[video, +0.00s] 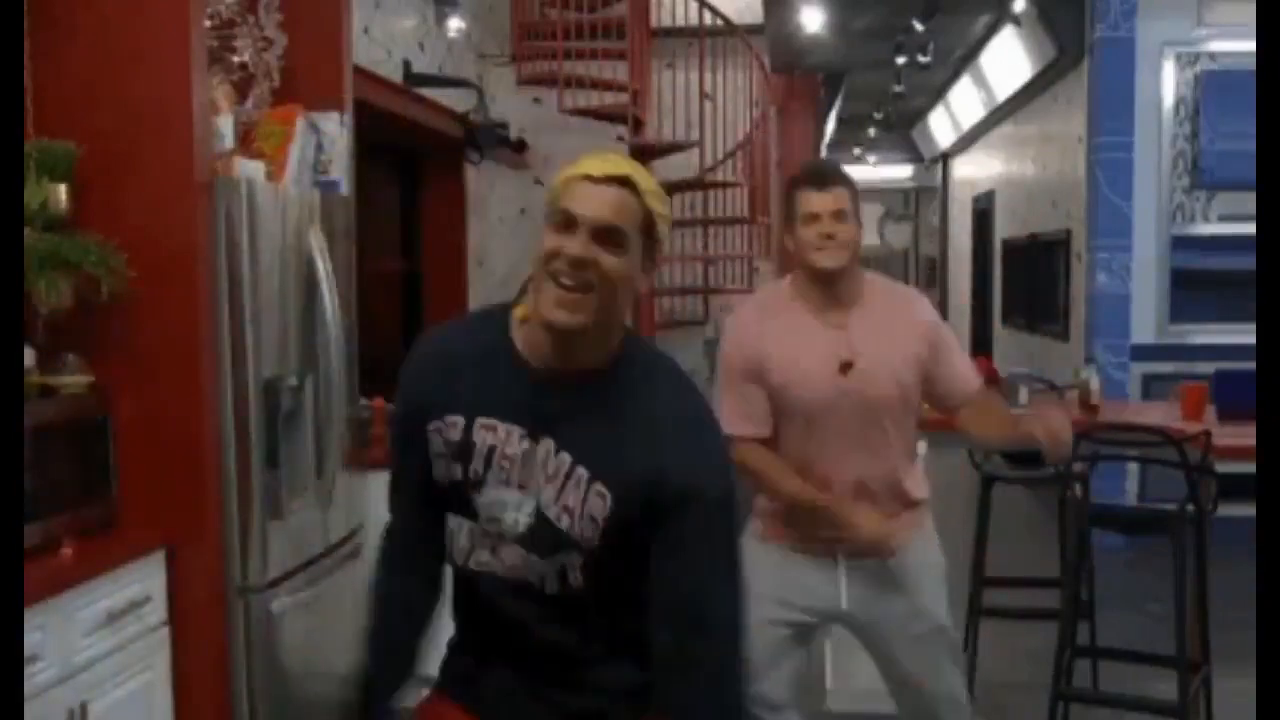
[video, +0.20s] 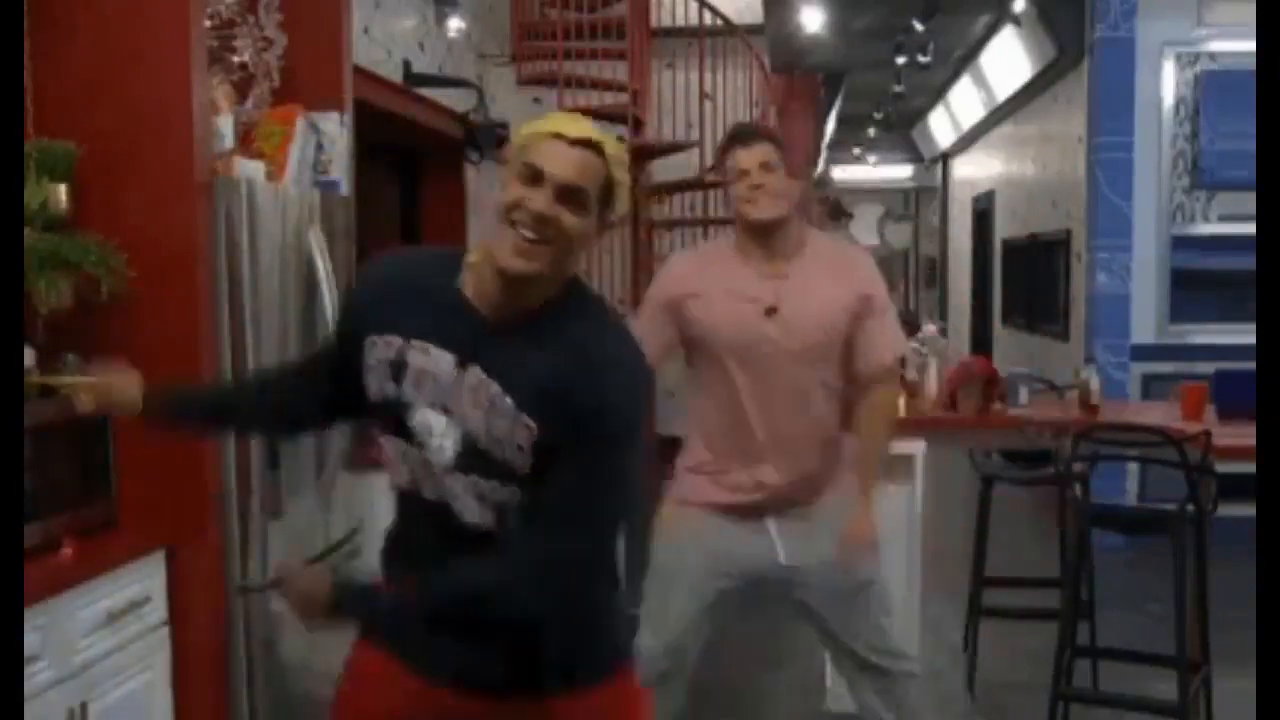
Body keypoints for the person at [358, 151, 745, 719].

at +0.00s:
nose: (574, 252)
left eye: (608, 241)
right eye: (564, 225)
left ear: (643, 272)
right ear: (541, 235)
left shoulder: (676, 430)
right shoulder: (444, 367)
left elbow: (701, 650)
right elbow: (412, 554)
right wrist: (374, 697)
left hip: (618, 699)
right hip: (478, 683)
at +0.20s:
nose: (540, 208)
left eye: (571, 201)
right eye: (531, 180)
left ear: (598, 231)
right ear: (500, 182)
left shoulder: (606, 370)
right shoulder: (397, 286)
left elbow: (554, 582)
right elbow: (320, 391)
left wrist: (356, 601)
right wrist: (152, 397)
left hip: (565, 681)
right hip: (408, 653)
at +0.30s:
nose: (433, 219)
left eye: (462, 209)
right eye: (418, 194)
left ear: (493, 235)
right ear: (389, 203)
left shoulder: (520, 365)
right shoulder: (318, 295)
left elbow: (472, 540)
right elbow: (242, 359)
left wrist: (324, 463)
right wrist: (104, 323)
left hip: (512, 682)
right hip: (364, 673)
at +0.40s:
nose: (374, 213)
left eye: (403, 197)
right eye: (359, 193)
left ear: (447, 224)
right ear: (334, 213)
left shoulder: (492, 363)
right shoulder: (289, 312)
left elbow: (446, 535)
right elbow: (223, 385)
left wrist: (312, 476)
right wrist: (86, 350)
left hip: (489, 675)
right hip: (343, 669)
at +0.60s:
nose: (265, 239)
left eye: (283, 212)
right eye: (245, 229)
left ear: (335, 217)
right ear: (236, 255)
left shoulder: (442, 325)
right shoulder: (240, 391)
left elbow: (476, 515)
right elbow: (234, 566)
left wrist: (440, 685)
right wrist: (101, 663)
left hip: (476, 657)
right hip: (325, 671)